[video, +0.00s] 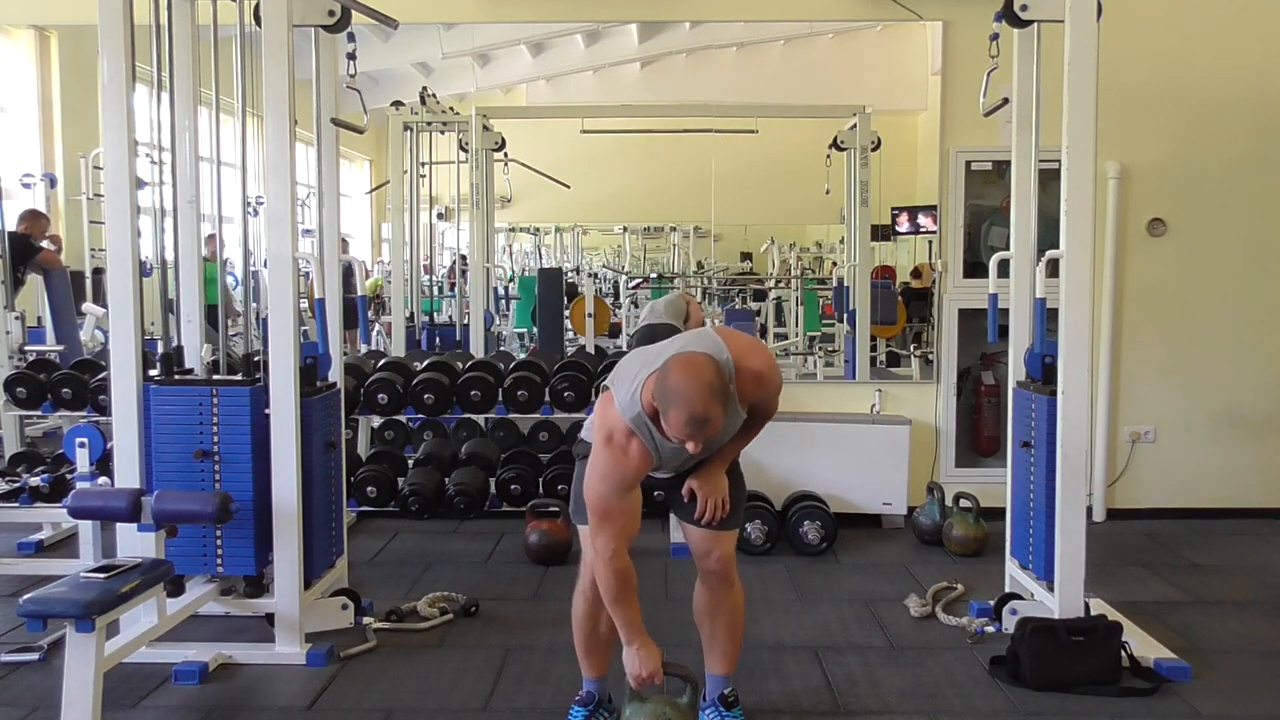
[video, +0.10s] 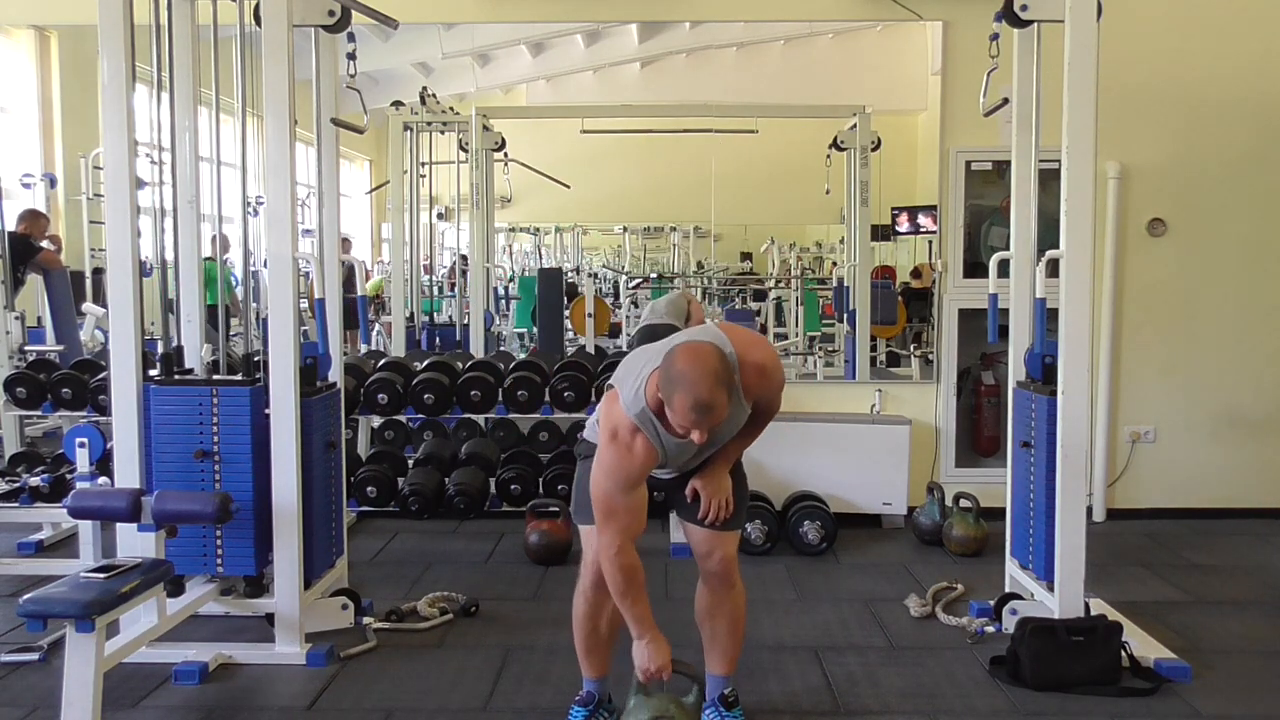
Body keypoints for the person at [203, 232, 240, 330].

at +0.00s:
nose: (215, 248)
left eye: (218, 244)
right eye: (213, 244)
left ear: (223, 246)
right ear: (207, 246)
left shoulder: (224, 264)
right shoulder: (202, 263)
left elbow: (226, 286)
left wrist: (230, 306)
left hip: (220, 305)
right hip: (205, 305)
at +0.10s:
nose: (229, 246)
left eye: (228, 243)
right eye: (225, 243)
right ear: (216, 245)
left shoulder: (225, 267)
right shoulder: (206, 264)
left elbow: (231, 290)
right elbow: (202, 287)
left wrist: (238, 308)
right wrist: (202, 308)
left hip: (224, 306)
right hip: (211, 305)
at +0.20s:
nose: (233, 246)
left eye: (232, 242)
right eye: (229, 242)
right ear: (221, 244)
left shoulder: (229, 266)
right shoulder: (211, 264)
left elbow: (235, 290)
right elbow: (208, 289)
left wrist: (245, 306)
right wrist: (213, 308)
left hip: (227, 306)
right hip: (215, 305)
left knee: (226, 339)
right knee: (216, 339)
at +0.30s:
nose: (235, 248)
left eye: (236, 245)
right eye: (232, 244)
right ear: (224, 245)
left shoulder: (232, 267)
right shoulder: (212, 263)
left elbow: (238, 290)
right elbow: (211, 288)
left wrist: (250, 306)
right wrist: (223, 305)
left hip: (229, 306)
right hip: (215, 306)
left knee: (229, 339)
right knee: (219, 340)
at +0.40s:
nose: (237, 249)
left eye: (238, 246)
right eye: (234, 245)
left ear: (239, 248)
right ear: (226, 245)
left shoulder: (233, 266)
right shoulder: (215, 264)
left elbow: (240, 291)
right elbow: (216, 288)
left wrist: (253, 305)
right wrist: (232, 305)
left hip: (231, 307)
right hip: (220, 306)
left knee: (233, 343)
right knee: (236, 342)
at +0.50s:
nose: (244, 249)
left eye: (244, 245)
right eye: (242, 245)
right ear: (235, 245)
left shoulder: (237, 266)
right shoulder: (225, 265)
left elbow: (245, 292)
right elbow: (227, 292)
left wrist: (256, 308)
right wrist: (239, 308)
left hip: (237, 306)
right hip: (227, 306)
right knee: (234, 342)